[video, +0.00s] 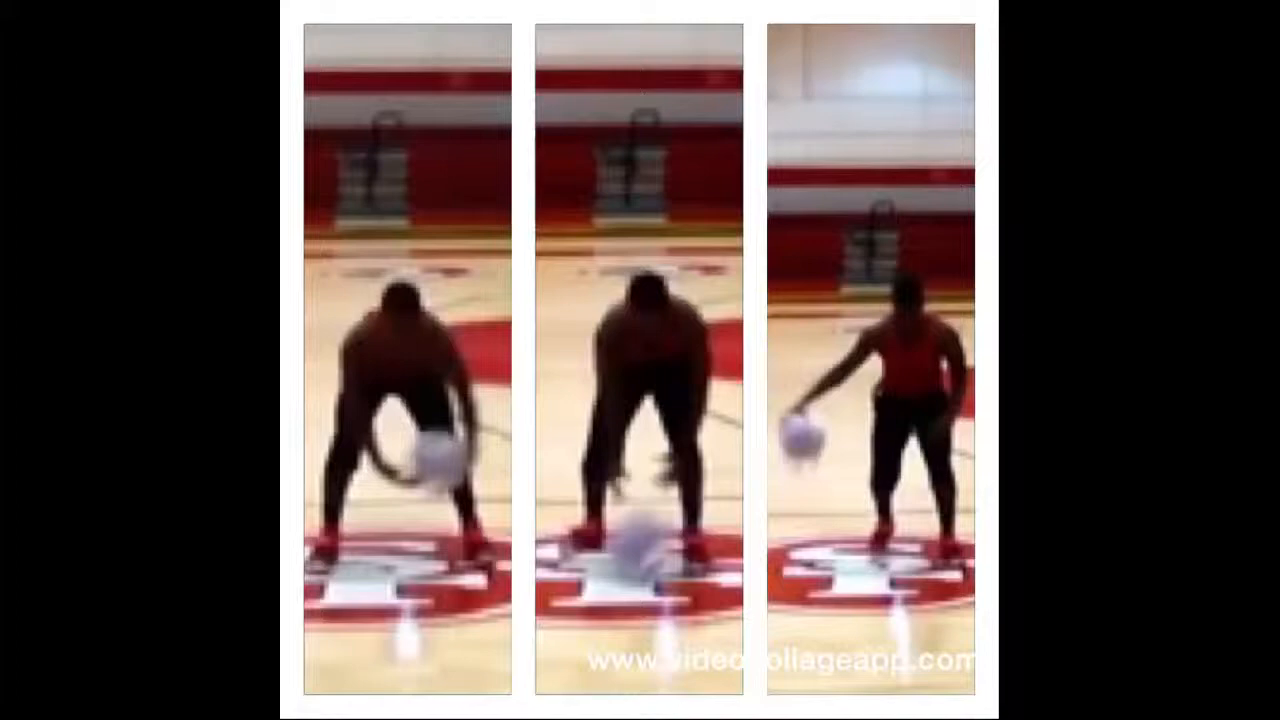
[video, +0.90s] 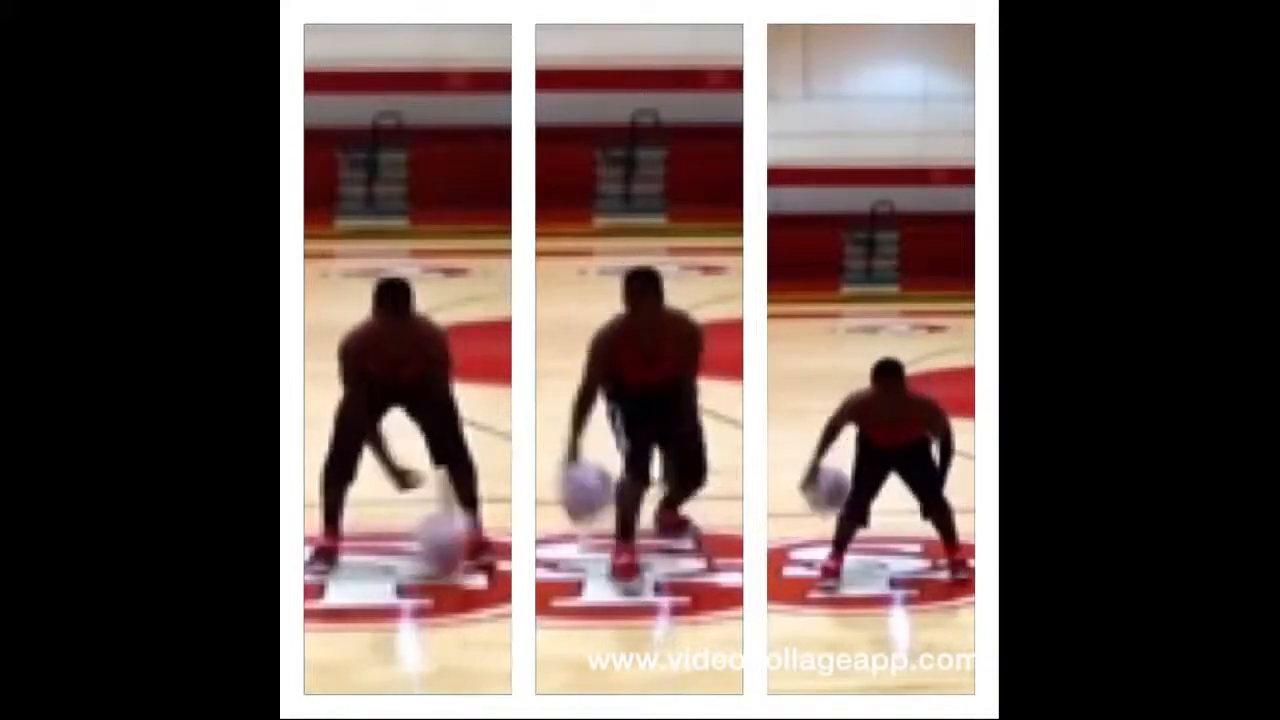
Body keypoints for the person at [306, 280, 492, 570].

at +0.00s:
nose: (403, 333)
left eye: (410, 325)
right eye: (395, 325)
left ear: (420, 316)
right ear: (382, 316)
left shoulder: (434, 336)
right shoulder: (359, 343)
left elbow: (463, 387)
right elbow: (357, 410)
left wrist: (470, 441)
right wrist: (379, 462)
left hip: (421, 380)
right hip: (369, 383)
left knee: (446, 447)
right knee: (344, 449)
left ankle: (471, 530)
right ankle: (330, 531)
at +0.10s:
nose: (412, 330)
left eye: (419, 322)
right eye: (404, 323)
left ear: (429, 315)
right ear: (392, 315)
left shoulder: (441, 334)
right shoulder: (370, 340)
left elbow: (482, 373)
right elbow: (366, 408)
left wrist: (504, 424)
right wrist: (398, 452)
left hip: (425, 383)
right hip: (374, 385)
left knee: (453, 453)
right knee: (346, 458)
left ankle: (472, 531)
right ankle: (330, 534)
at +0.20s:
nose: (426, 329)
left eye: (433, 321)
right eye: (420, 322)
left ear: (442, 314)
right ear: (407, 314)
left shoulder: (451, 328)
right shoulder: (383, 337)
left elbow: (496, 342)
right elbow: (373, 406)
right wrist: (418, 447)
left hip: (430, 374)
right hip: (380, 378)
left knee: (455, 448)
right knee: (352, 454)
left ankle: (472, 531)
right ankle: (331, 533)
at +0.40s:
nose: (437, 334)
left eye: (442, 325)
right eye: (429, 326)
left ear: (452, 316)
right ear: (417, 317)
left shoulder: (463, 329)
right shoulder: (392, 339)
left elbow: (506, 346)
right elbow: (384, 411)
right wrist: (419, 459)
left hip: (433, 373)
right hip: (383, 377)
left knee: (461, 450)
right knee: (354, 454)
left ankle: (472, 531)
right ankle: (331, 531)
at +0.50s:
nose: (425, 333)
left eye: (432, 325)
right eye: (419, 325)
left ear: (443, 316)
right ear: (407, 317)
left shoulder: (460, 335)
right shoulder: (387, 342)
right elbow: (382, 416)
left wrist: (498, 423)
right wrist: (404, 470)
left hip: (433, 378)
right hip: (384, 381)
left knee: (461, 451)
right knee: (354, 457)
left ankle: (473, 530)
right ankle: (332, 532)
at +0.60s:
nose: (411, 330)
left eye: (417, 321)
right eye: (405, 322)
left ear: (427, 316)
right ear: (395, 317)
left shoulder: (448, 341)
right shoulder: (377, 342)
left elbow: (436, 418)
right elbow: (359, 411)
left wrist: (411, 465)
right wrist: (355, 467)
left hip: (432, 388)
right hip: (381, 385)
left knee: (463, 457)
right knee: (350, 455)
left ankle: (473, 532)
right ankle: (333, 533)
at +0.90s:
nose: (394, 330)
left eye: (401, 320)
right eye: (387, 319)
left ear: (411, 312)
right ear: (376, 313)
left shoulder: (431, 339)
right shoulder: (356, 345)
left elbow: (442, 405)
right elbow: (363, 417)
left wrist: (445, 464)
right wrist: (392, 469)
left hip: (422, 390)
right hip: (370, 393)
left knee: (457, 457)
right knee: (337, 466)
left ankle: (475, 534)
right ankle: (330, 540)